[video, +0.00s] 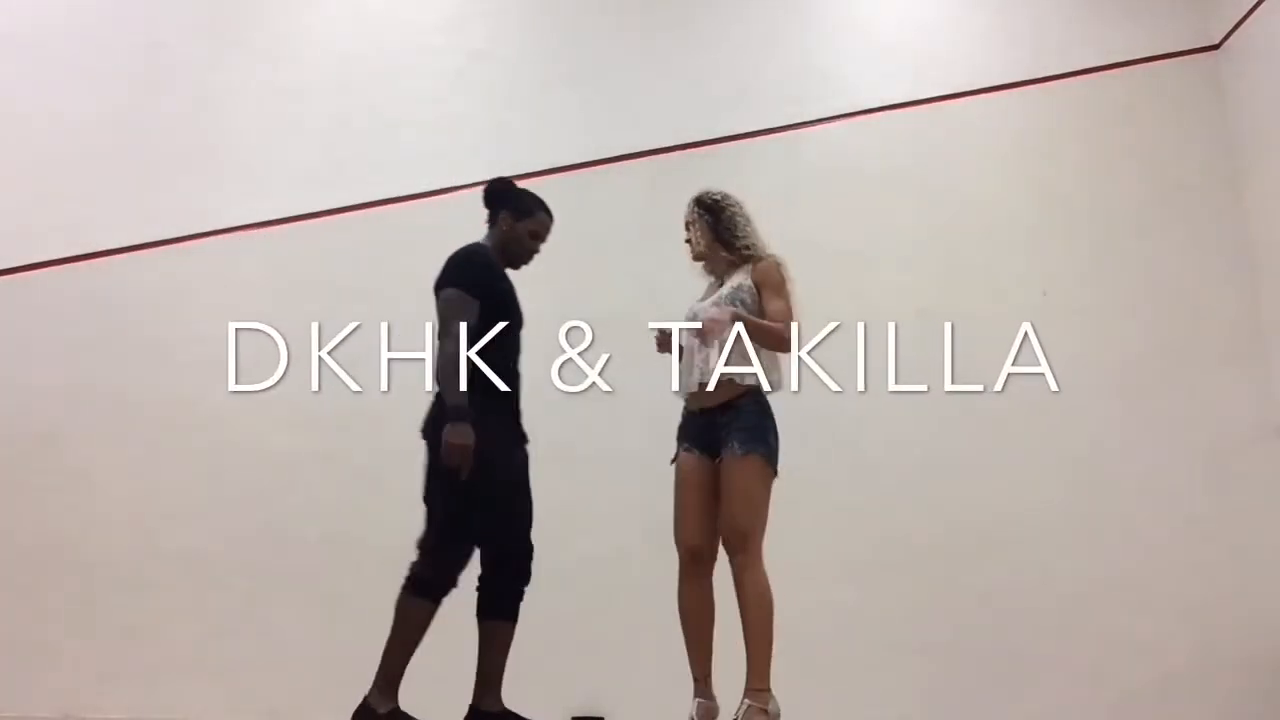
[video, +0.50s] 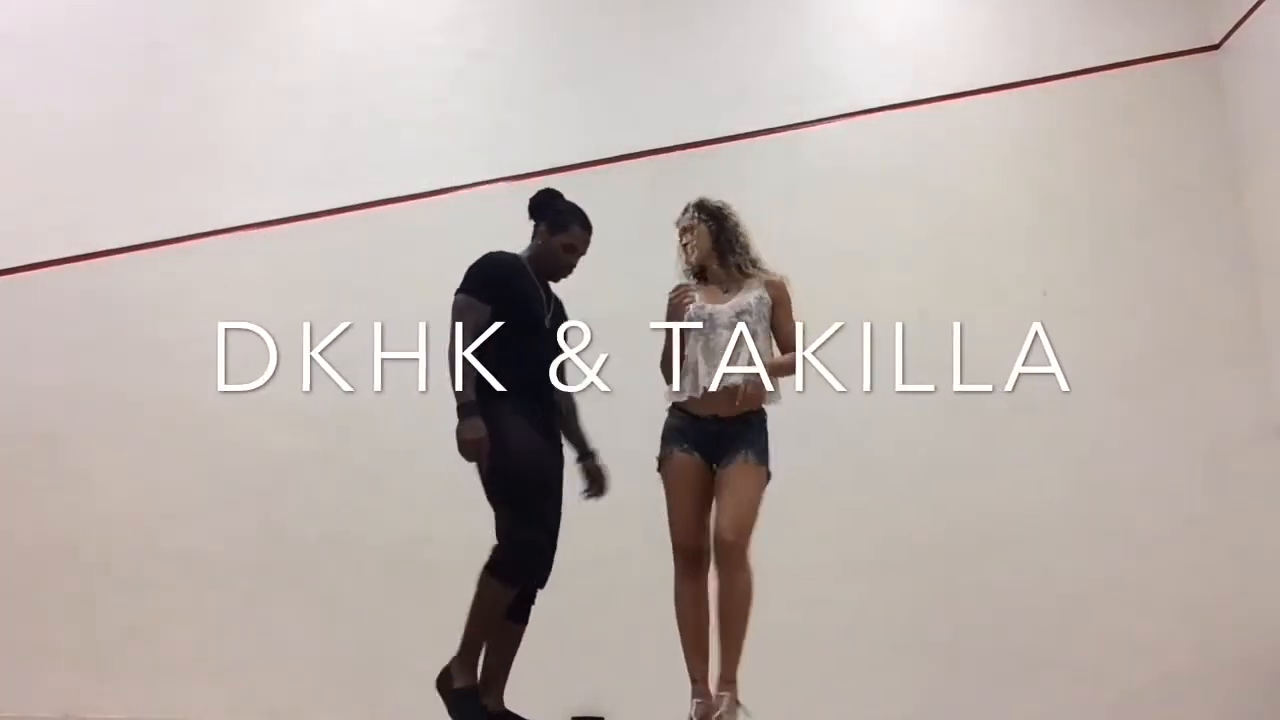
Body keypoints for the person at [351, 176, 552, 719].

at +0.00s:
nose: (537, 249)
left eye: (541, 241)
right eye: (535, 236)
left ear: (514, 227)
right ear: (504, 221)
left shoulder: (494, 278)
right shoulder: (470, 263)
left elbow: (489, 364)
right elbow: (452, 343)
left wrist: (507, 433)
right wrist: (456, 416)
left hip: (500, 438)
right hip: (469, 432)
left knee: (510, 564)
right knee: (441, 559)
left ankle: (488, 700)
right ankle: (381, 698)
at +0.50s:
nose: (575, 261)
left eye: (581, 253)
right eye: (570, 249)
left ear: (575, 248)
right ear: (541, 233)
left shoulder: (553, 308)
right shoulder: (498, 269)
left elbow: (557, 387)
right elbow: (460, 341)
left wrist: (585, 453)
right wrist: (467, 413)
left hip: (541, 439)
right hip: (503, 431)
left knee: (533, 563)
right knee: (519, 546)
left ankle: (491, 696)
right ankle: (461, 671)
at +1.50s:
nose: (538, 181)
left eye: (548, 175)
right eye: (528, 171)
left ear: (560, 189)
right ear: (507, 181)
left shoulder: (567, 263)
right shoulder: (476, 233)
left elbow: (567, 345)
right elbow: (448, 298)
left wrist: (582, 410)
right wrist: (467, 346)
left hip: (561, 423)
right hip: (490, 419)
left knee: (590, 539)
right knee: (474, 552)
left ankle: (535, 661)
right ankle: (468, 699)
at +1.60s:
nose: (546, 182)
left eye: (556, 175)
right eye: (535, 174)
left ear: (569, 188)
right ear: (516, 185)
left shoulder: (580, 263)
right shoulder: (484, 239)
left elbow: (586, 349)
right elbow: (450, 302)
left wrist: (602, 417)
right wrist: (467, 345)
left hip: (567, 429)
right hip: (494, 425)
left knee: (587, 555)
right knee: (476, 556)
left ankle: (565, 688)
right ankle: (468, 699)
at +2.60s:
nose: (487, 215)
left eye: (500, 211)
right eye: (480, 208)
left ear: (516, 229)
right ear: (467, 223)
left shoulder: (544, 284)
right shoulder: (447, 295)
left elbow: (589, 360)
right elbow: (439, 380)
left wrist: (596, 439)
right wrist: (428, 455)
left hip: (549, 441)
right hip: (487, 441)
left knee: (560, 578)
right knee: (456, 573)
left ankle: (559, 704)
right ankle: (439, 703)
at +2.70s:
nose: (479, 219)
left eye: (491, 215)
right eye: (471, 212)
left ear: (505, 233)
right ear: (457, 227)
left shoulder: (531, 288)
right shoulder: (437, 297)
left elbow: (574, 362)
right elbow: (426, 377)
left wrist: (581, 442)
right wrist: (422, 449)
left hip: (531, 449)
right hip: (469, 448)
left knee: (544, 577)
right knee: (445, 577)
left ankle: (556, 703)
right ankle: (438, 704)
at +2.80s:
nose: (471, 219)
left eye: (484, 216)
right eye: (465, 212)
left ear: (499, 235)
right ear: (451, 227)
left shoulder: (524, 290)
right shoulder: (429, 297)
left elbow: (560, 369)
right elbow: (417, 372)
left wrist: (561, 447)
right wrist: (416, 439)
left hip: (516, 446)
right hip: (459, 444)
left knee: (513, 571)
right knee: (439, 573)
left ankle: (543, 700)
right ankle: (438, 704)